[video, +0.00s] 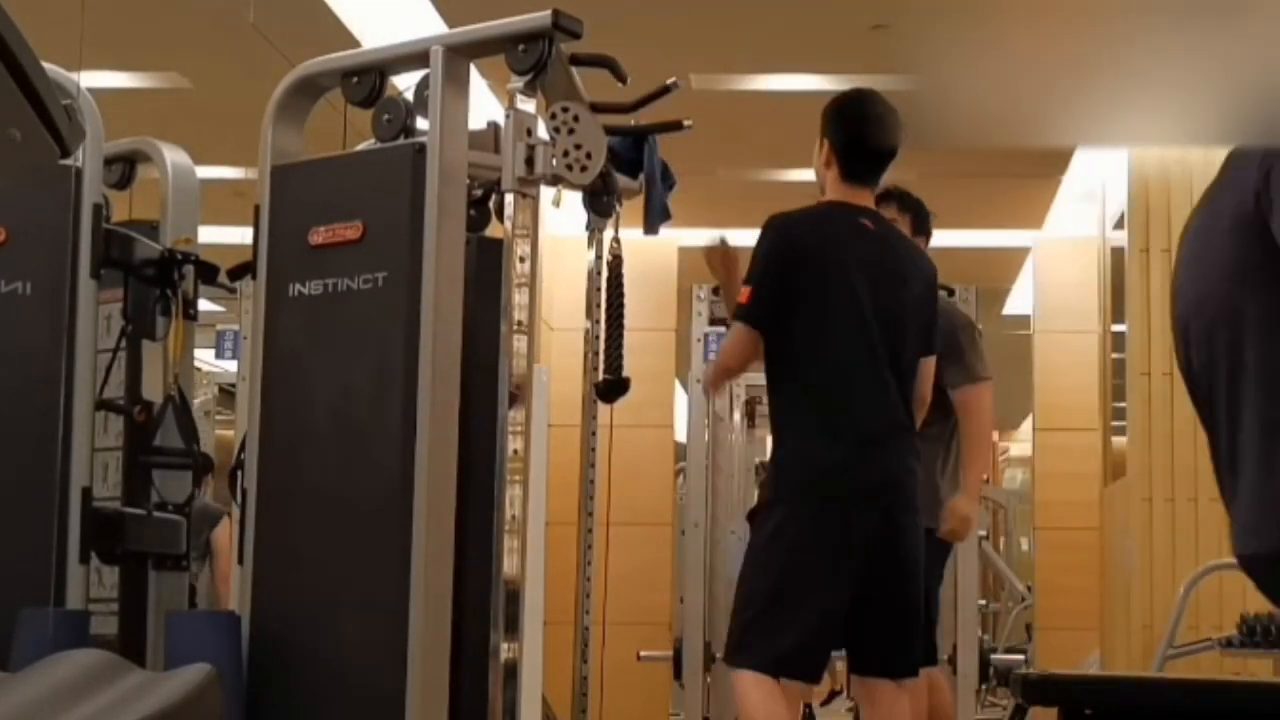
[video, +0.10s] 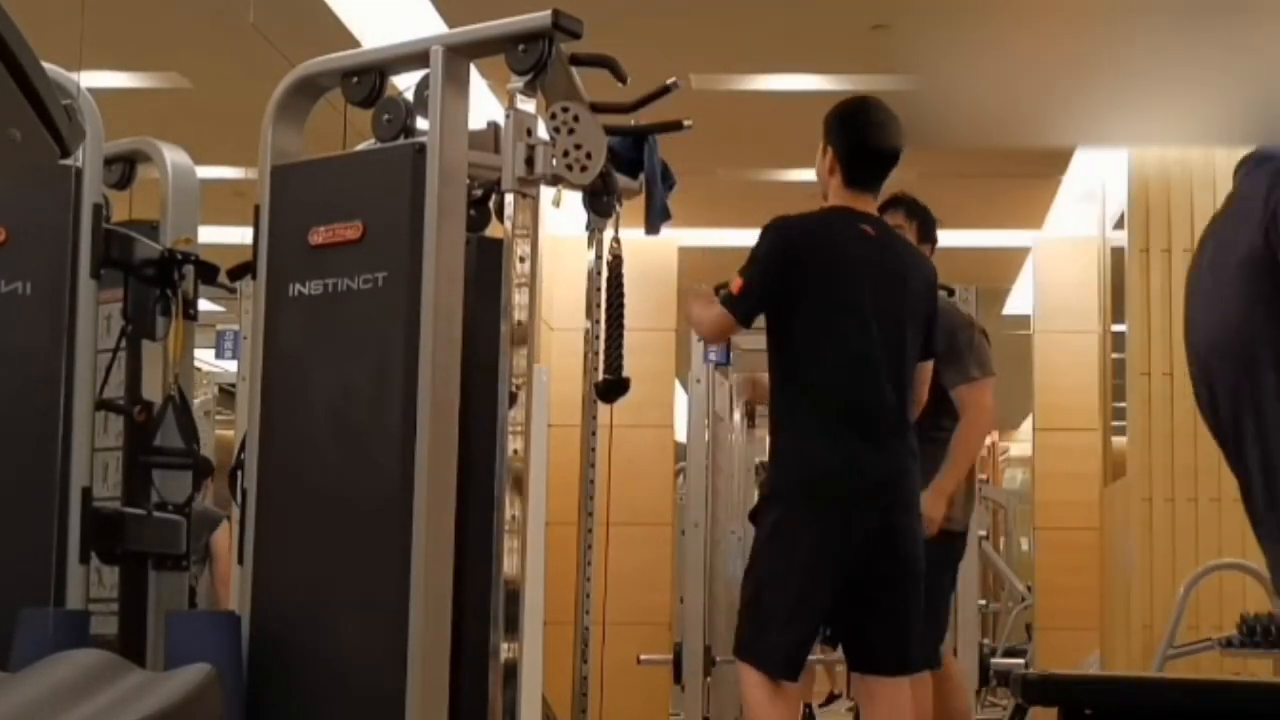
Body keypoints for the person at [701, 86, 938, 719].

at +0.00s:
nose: (817, 154)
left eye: (819, 144)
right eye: (820, 145)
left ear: (825, 153)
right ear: (891, 162)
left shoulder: (789, 233)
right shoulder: (917, 263)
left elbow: (737, 353)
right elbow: (919, 399)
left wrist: (713, 377)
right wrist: (885, 450)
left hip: (807, 484)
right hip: (894, 491)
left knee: (759, 666)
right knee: (888, 671)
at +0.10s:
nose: (818, 161)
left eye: (820, 153)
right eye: (822, 153)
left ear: (828, 160)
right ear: (891, 168)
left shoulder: (790, 237)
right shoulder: (917, 267)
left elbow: (714, 326)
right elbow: (915, 399)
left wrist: (698, 303)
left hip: (804, 495)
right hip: (890, 500)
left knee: (766, 670)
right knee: (889, 675)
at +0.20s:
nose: (817, 169)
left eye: (819, 160)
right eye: (823, 159)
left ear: (827, 168)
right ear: (888, 176)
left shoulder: (784, 243)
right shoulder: (912, 271)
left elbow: (692, 284)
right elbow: (908, 388)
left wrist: (679, 241)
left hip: (801, 493)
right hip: (885, 497)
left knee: (771, 668)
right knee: (885, 672)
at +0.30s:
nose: (809, 178)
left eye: (812, 169)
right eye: (818, 169)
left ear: (820, 177)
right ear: (881, 188)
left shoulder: (783, 243)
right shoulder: (901, 278)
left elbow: (689, 248)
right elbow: (912, 368)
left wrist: (673, 190)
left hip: (799, 493)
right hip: (880, 497)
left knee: (773, 674)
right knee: (882, 678)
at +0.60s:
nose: (771, 201)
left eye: (777, 192)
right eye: (778, 192)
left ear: (786, 204)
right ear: (835, 216)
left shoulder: (751, 260)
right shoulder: (844, 291)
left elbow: (678, 204)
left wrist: (657, 124)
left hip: (751, 493)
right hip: (826, 497)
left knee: (741, 677)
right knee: (846, 676)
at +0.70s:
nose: (760, 201)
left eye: (766, 192)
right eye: (767, 192)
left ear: (776, 206)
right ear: (820, 218)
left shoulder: (742, 257)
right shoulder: (825, 288)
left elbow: (675, 201)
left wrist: (649, 117)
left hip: (738, 485)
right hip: (805, 488)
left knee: (734, 668)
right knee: (818, 664)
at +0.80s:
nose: (749, 203)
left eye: (757, 193)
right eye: (757, 192)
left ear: (769, 209)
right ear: (808, 221)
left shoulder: (736, 256)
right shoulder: (809, 286)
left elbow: (667, 195)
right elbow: (743, 257)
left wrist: (647, 109)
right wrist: (701, 208)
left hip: (729, 483)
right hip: (786, 486)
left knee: (732, 667)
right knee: (795, 664)